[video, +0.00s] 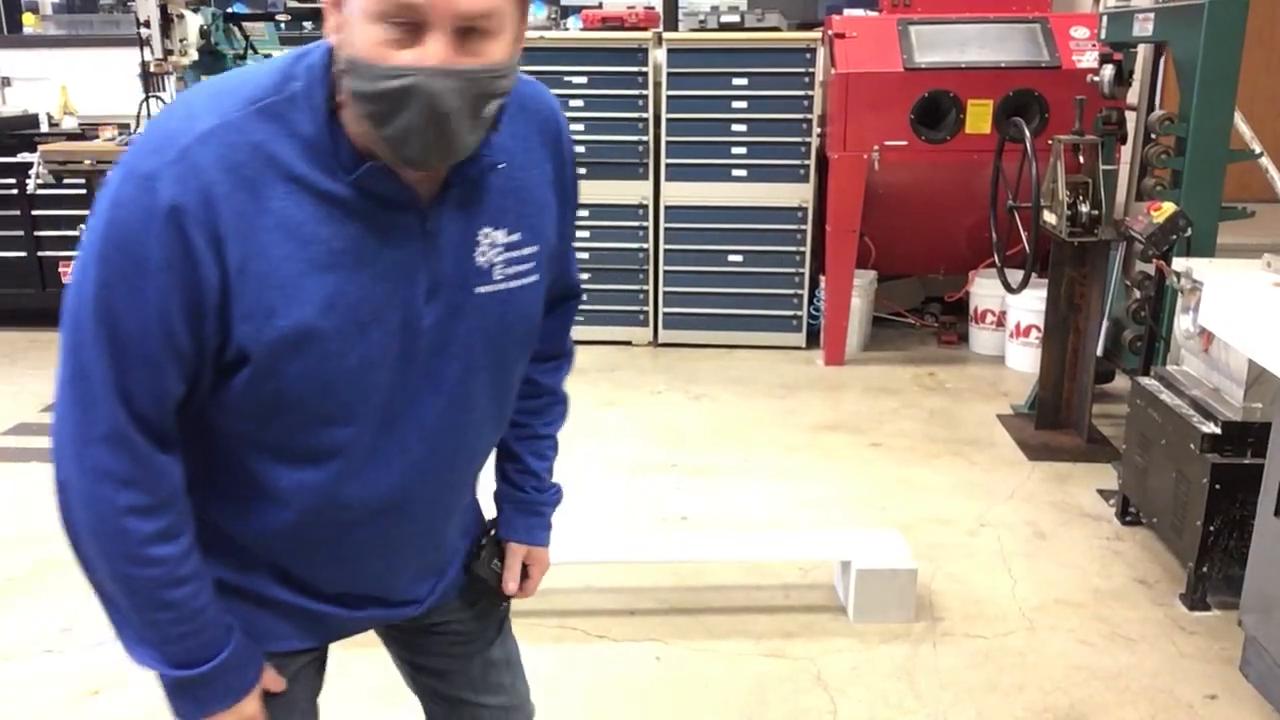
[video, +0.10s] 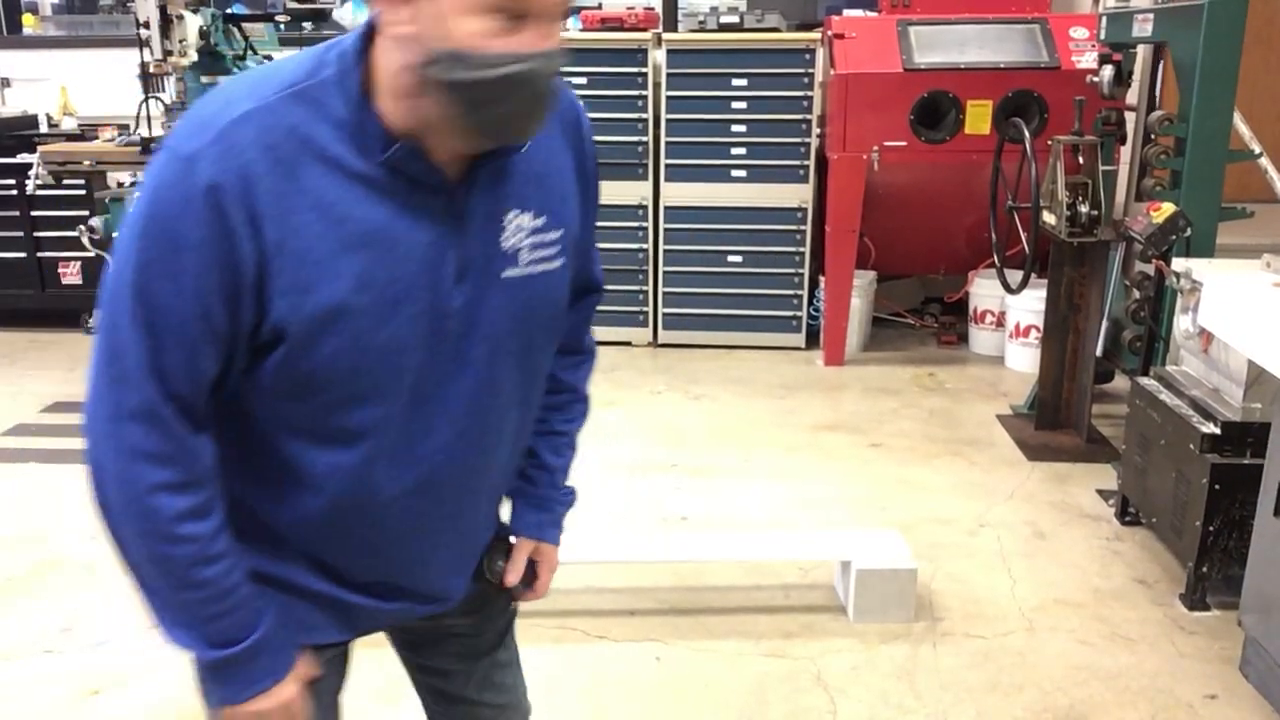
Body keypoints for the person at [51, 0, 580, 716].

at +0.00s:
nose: (435, 67)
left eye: (473, 33)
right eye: (401, 27)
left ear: (523, 34)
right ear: (335, 19)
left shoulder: (532, 134)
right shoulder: (184, 178)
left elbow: (543, 332)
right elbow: (105, 457)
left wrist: (527, 501)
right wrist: (207, 667)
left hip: (436, 542)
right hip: (258, 575)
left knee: (498, 709)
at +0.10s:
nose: (541, 45)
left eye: (555, 17)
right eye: (506, 14)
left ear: (571, 18)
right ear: (396, 10)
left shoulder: (555, 133)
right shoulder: (224, 162)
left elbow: (567, 330)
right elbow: (134, 434)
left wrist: (541, 501)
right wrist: (239, 649)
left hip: (458, 549)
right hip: (284, 573)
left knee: (494, 712)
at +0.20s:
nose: (581, 66)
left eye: (588, 43)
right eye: (556, 41)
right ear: (466, 4)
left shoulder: (564, 116)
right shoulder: (268, 142)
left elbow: (592, 309)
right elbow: (182, 395)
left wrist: (572, 475)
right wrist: (312, 603)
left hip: (503, 535)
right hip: (319, 567)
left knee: (517, 709)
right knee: (318, 712)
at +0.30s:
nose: (587, 20)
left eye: (587, 4)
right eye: (579, 3)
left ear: (542, 4)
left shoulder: (563, 81)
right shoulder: (309, 112)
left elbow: (607, 270)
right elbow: (248, 375)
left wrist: (612, 415)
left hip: (529, 526)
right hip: (356, 545)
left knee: (537, 709)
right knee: (351, 707)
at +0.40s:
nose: (591, 4)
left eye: (589, 0)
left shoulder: (558, 60)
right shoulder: (348, 92)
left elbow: (613, 235)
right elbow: (332, 359)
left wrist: (644, 348)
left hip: (551, 528)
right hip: (400, 544)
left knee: (540, 707)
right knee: (386, 707)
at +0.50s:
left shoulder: (549, 53)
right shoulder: (382, 77)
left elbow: (605, 217)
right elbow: (404, 341)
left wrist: (662, 291)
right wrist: (630, 406)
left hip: (566, 513)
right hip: (438, 535)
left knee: (545, 709)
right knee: (430, 707)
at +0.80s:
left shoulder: (484, 50)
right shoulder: (437, 68)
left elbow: (548, 257)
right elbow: (511, 317)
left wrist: (655, 350)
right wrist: (665, 482)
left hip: (552, 494)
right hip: (511, 511)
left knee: (549, 701)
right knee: (523, 710)